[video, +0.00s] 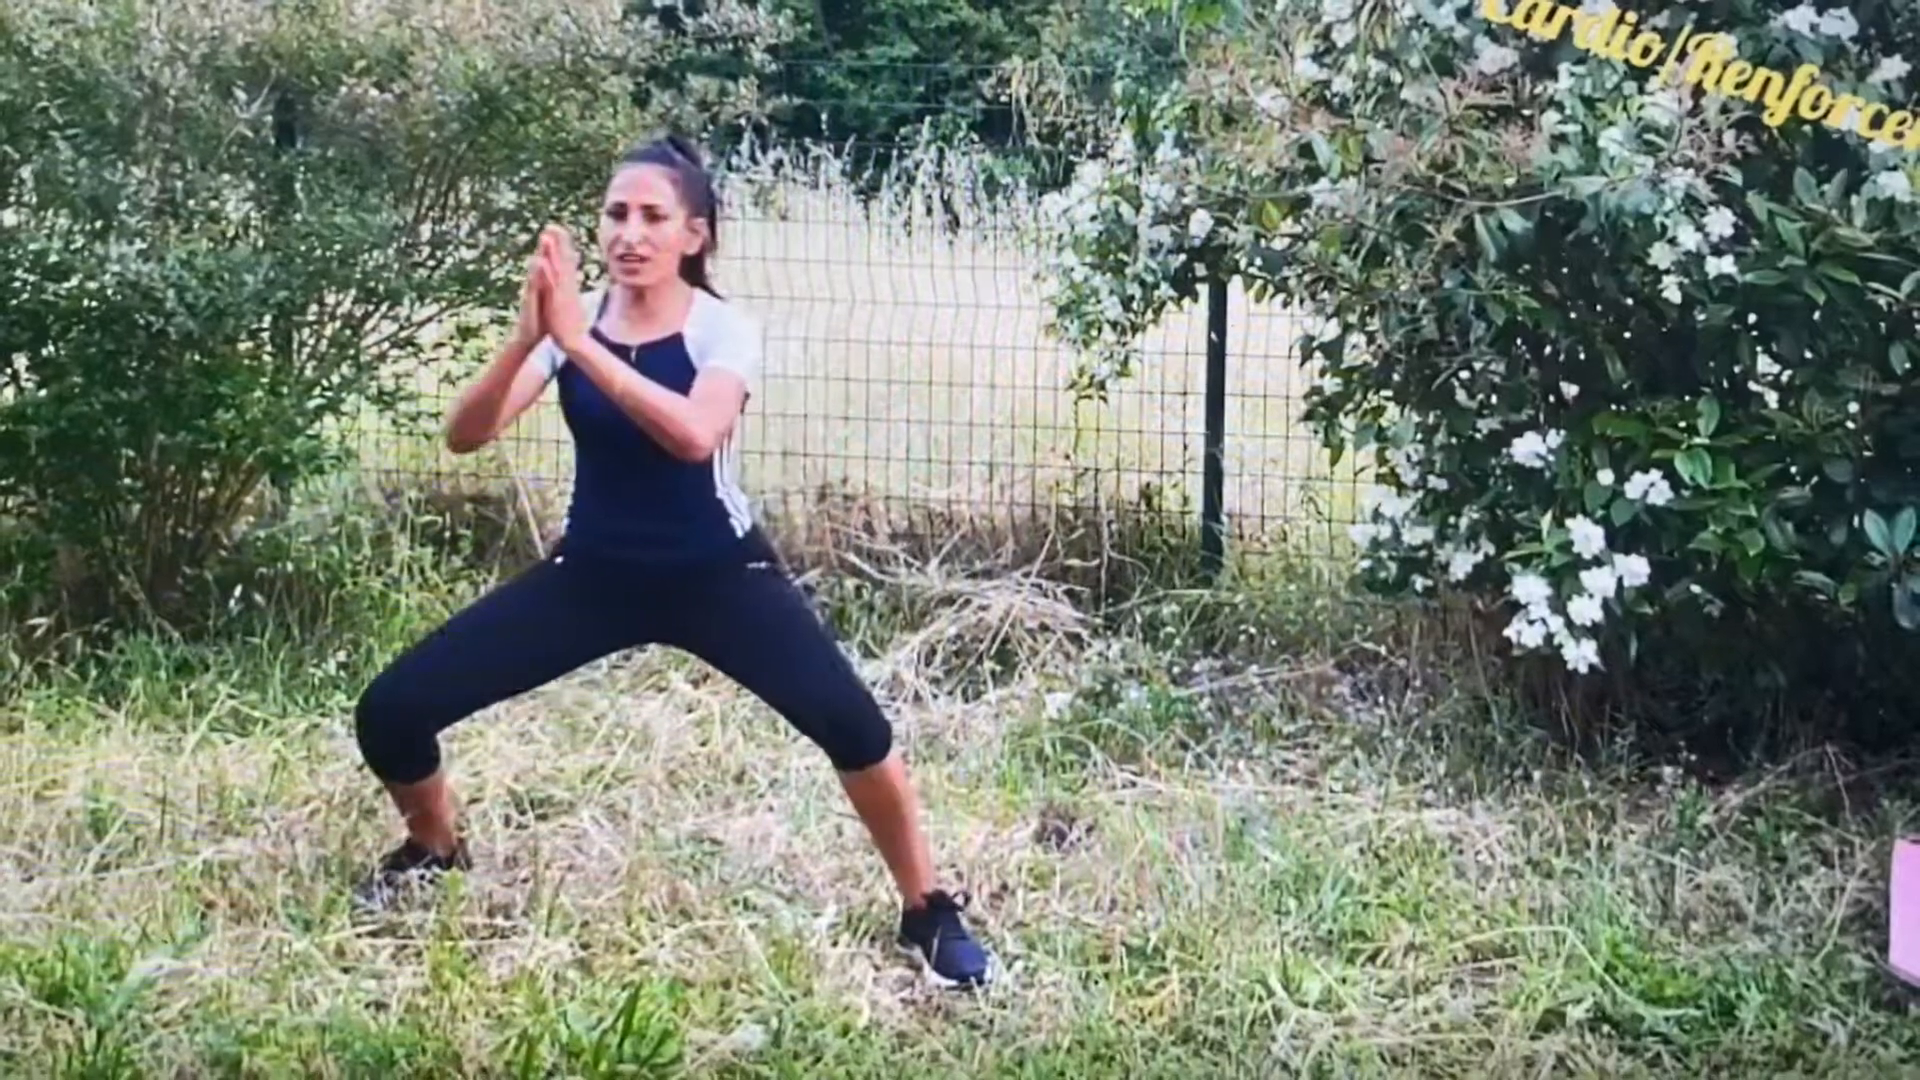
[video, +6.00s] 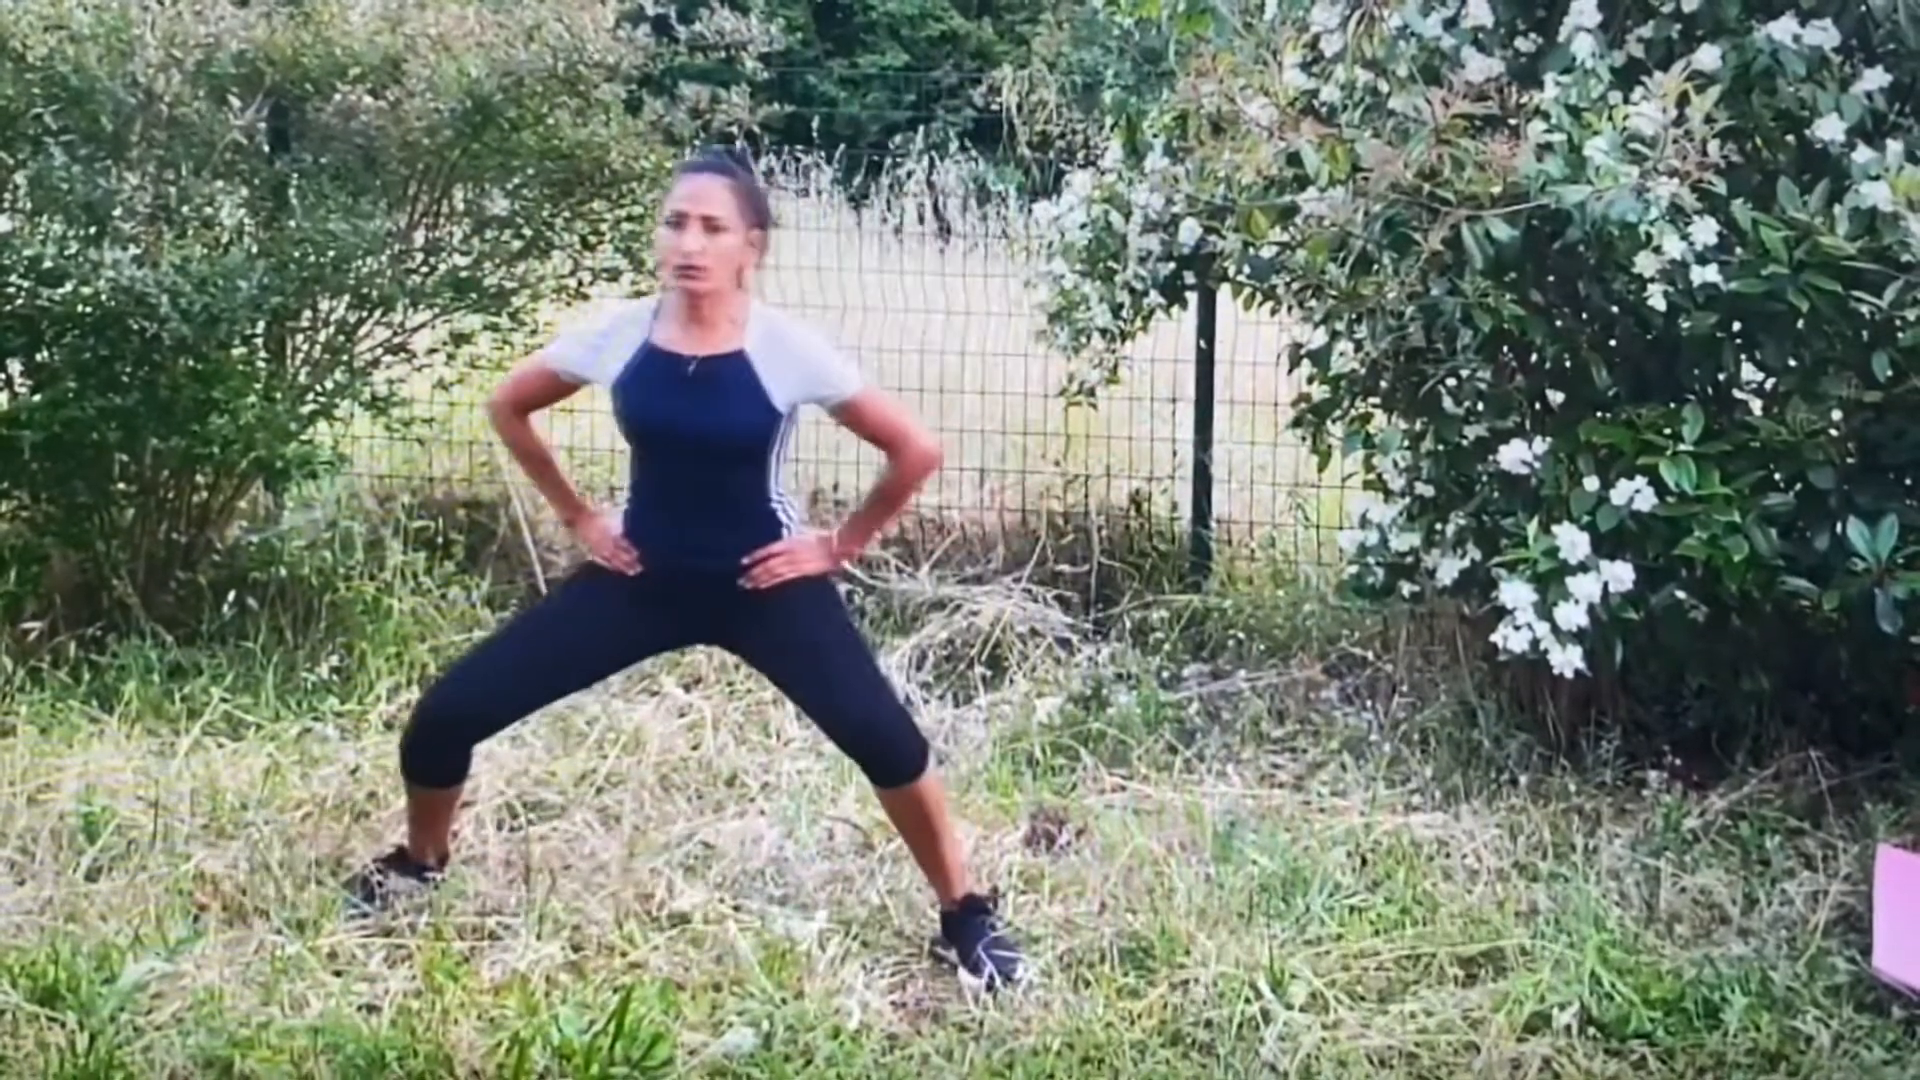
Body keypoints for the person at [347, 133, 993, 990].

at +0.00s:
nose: (629, 233)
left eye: (653, 216)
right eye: (618, 213)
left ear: (695, 237)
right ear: (599, 226)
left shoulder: (722, 328)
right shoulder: (575, 325)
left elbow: (697, 435)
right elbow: (464, 435)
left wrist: (578, 344)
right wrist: (523, 339)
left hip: (716, 583)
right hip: (591, 581)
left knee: (855, 725)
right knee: (390, 712)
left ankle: (928, 909)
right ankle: (435, 852)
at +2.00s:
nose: (1072, 271)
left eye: (1094, 253)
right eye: (1062, 253)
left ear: (1147, 265)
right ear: (1051, 265)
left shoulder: (1188, 358)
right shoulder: (1043, 359)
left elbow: (1218, 465)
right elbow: (952, 482)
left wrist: (1108, 384)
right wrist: (1023, 379)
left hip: (1191, 620)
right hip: (1065, 619)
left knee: (1369, 776)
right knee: (891, 749)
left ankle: (1423, 940)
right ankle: (851, 922)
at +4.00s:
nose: (891, 205)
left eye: (913, 188)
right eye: (877, 187)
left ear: (952, 208)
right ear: (858, 203)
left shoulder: (997, 304)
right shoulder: (829, 302)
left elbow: (1124, 413)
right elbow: (715, 385)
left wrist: (1059, 517)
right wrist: (796, 495)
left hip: (986, 559)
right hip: (867, 564)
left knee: (1040, 742)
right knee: (800, 763)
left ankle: (1002, 912)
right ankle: (886, 914)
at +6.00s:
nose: (687, 243)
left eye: (710, 227)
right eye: (675, 224)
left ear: (754, 249)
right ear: (656, 241)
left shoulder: (789, 349)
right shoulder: (615, 333)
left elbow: (916, 452)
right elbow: (506, 409)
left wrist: (841, 545)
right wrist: (582, 517)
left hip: (767, 592)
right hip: (640, 586)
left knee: (889, 741)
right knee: (442, 718)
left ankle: (967, 919)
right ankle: (418, 867)